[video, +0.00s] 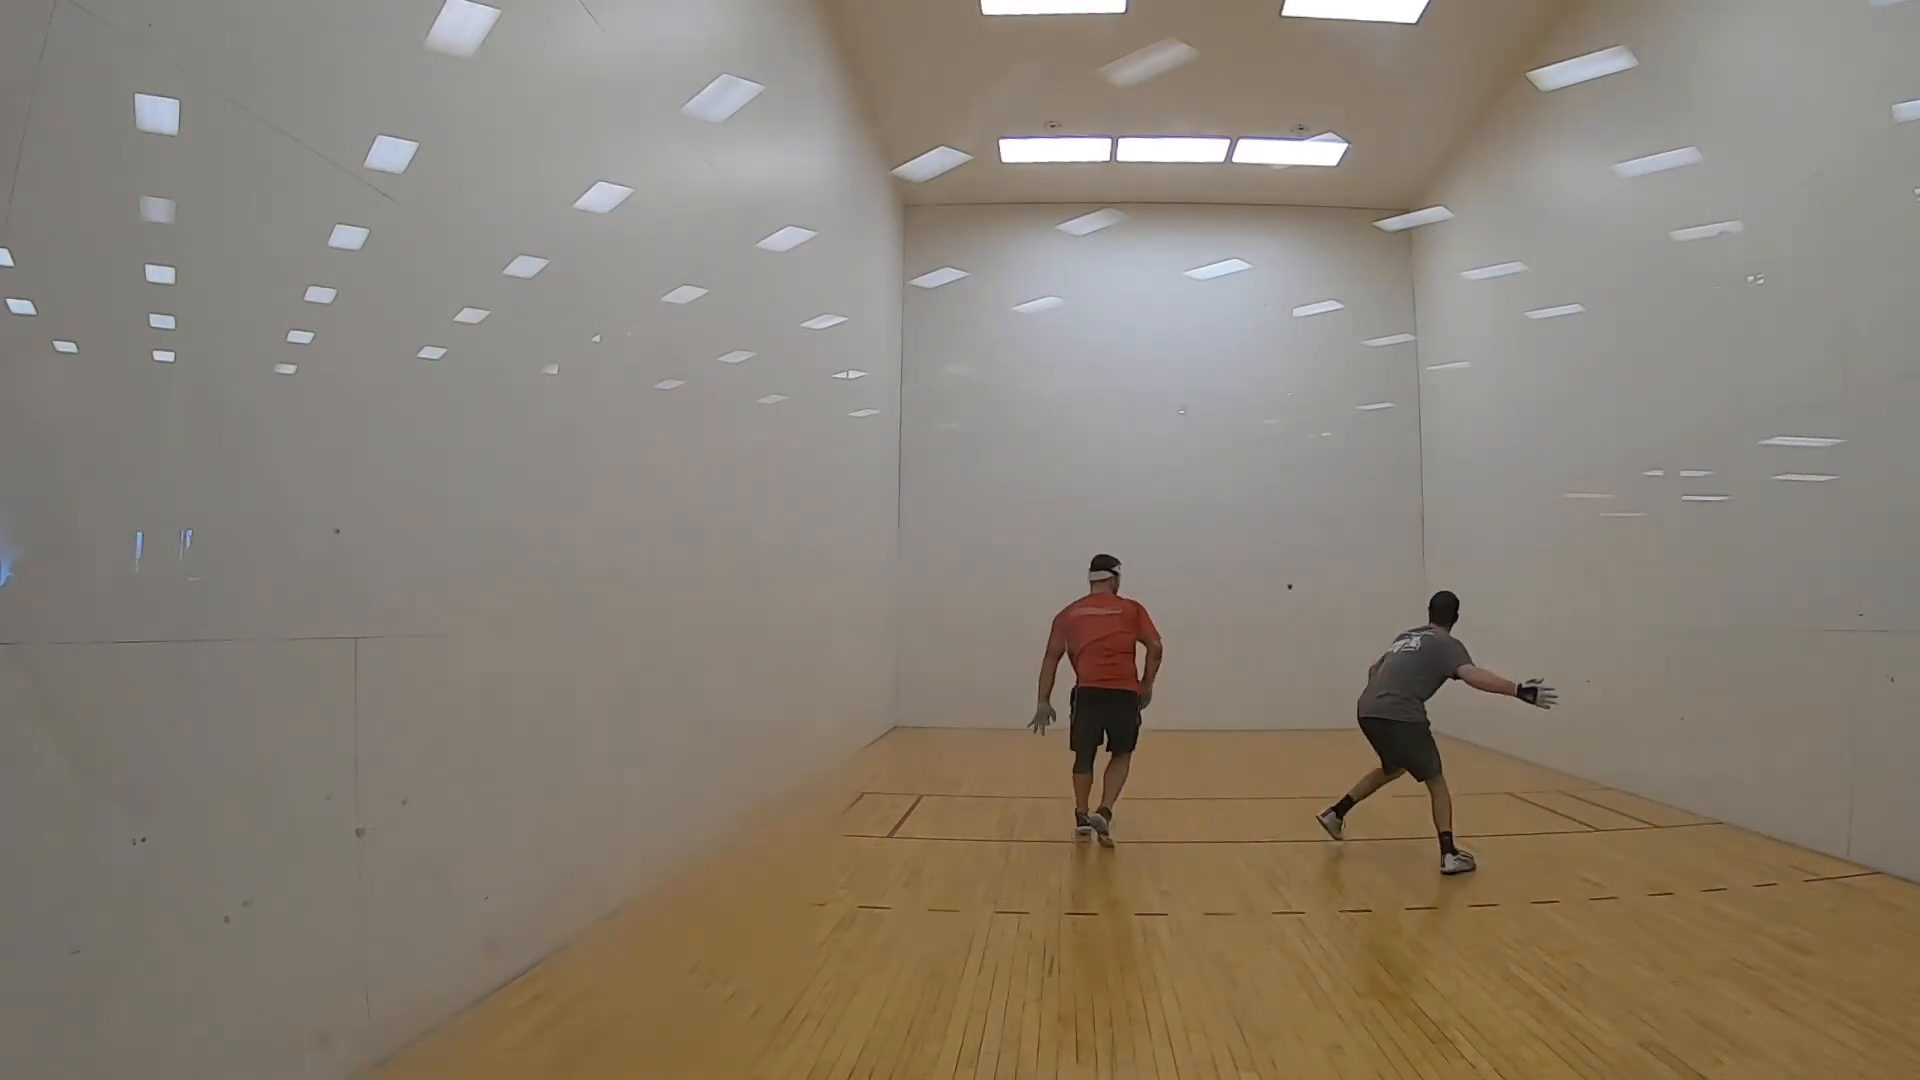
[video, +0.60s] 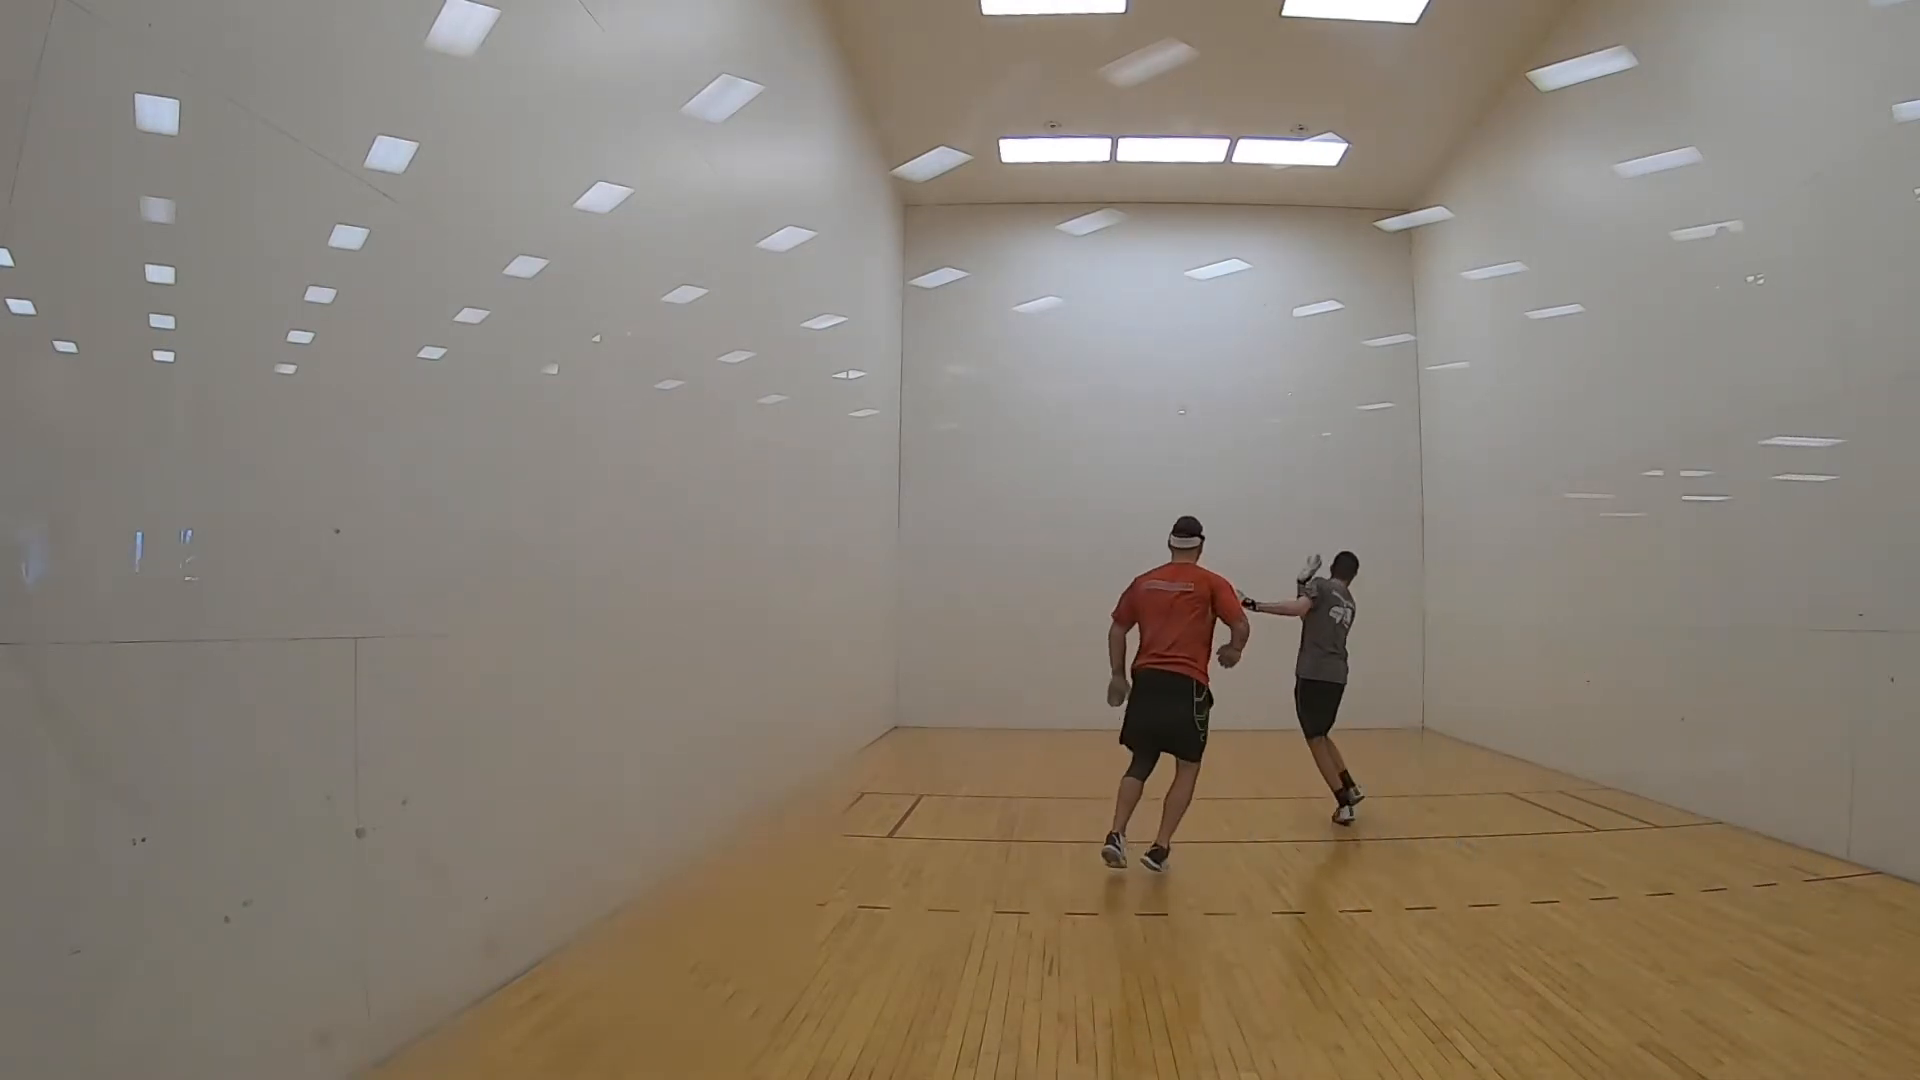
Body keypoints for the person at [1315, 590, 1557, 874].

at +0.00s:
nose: (1452, 620)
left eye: (1445, 612)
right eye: (1454, 615)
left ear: (1428, 613)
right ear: (1455, 618)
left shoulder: (1406, 637)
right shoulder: (1449, 645)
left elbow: (1375, 669)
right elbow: (1473, 676)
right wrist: (1518, 689)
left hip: (1369, 713)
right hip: (1404, 716)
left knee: (1393, 768)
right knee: (1435, 782)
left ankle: (1335, 813)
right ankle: (1449, 854)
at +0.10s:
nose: (1439, 622)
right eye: (1441, 618)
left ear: (1416, 616)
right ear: (1442, 620)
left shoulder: (1390, 637)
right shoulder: (1432, 647)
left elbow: (1348, 647)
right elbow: (1446, 682)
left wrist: (1323, 677)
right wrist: (1475, 703)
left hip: (1351, 711)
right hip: (1386, 718)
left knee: (1375, 754)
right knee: (1417, 782)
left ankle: (1343, 810)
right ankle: (1444, 844)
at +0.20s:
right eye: (1421, 619)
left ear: (1399, 612)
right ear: (1422, 622)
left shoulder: (1368, 627)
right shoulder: (1412, 662)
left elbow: (1325, 644)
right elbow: (1408, 713)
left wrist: (1311, 673)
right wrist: (1424, 754)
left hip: (1338, 714)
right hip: (1370, 724)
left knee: (1362, 753)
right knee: (1391, 781)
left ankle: (1349, 810)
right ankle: (1423, 822)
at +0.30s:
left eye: (1388, 606)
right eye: (1401, 614)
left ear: (1381, 605)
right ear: (1403, 616)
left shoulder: (1356, 619)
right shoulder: (1395, 651)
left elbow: (1320, 647)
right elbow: (1382, 678)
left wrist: (1302, 668)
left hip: (1326, 707)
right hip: (1359, 718)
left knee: (1338, 749)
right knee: (1372, 779)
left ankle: (1345, 810)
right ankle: (1396, 811)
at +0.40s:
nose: (1371, 598)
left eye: (1371, 593)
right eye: (1382, 600)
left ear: (1367, 595)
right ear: (1387, 605)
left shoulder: (1349, 606)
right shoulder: (1380, 632)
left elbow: (1307, 627)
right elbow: (1350, 613)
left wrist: (1269, 631)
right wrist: (1351, 578)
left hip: (1319, 692)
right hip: (1351, 700)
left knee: (1323, 751)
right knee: (1349, 763)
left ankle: (1341, 810)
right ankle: (1383, 797)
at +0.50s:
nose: (1354, 581)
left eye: (1353, 576)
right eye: (1364, 583)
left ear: (1350, 578)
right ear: (1370, 588)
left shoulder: (1335, 593)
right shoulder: (1364, 614)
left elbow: (1302, 607)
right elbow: (1326, 602)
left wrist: (1259, 606)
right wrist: (1330, 571)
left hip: (1316, 681)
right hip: (1344, 686)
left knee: (1318, 745)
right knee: (1333, 745)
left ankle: (1341, 809)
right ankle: (1370, 787)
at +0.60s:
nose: (1344, 575)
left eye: (1338, 567)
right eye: (1352, 573)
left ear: (1332, 567)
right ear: (1353, 575)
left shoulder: (1321, 585)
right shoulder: (1349, 602)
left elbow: (1299, 608)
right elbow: (1312, 621)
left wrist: (1254, 605)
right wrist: (1302, 587)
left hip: (1312, 675)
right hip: (1336, 678)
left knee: (1314, 738)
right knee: (1321, 735)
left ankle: (1343, 803)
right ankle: (1349, 787)